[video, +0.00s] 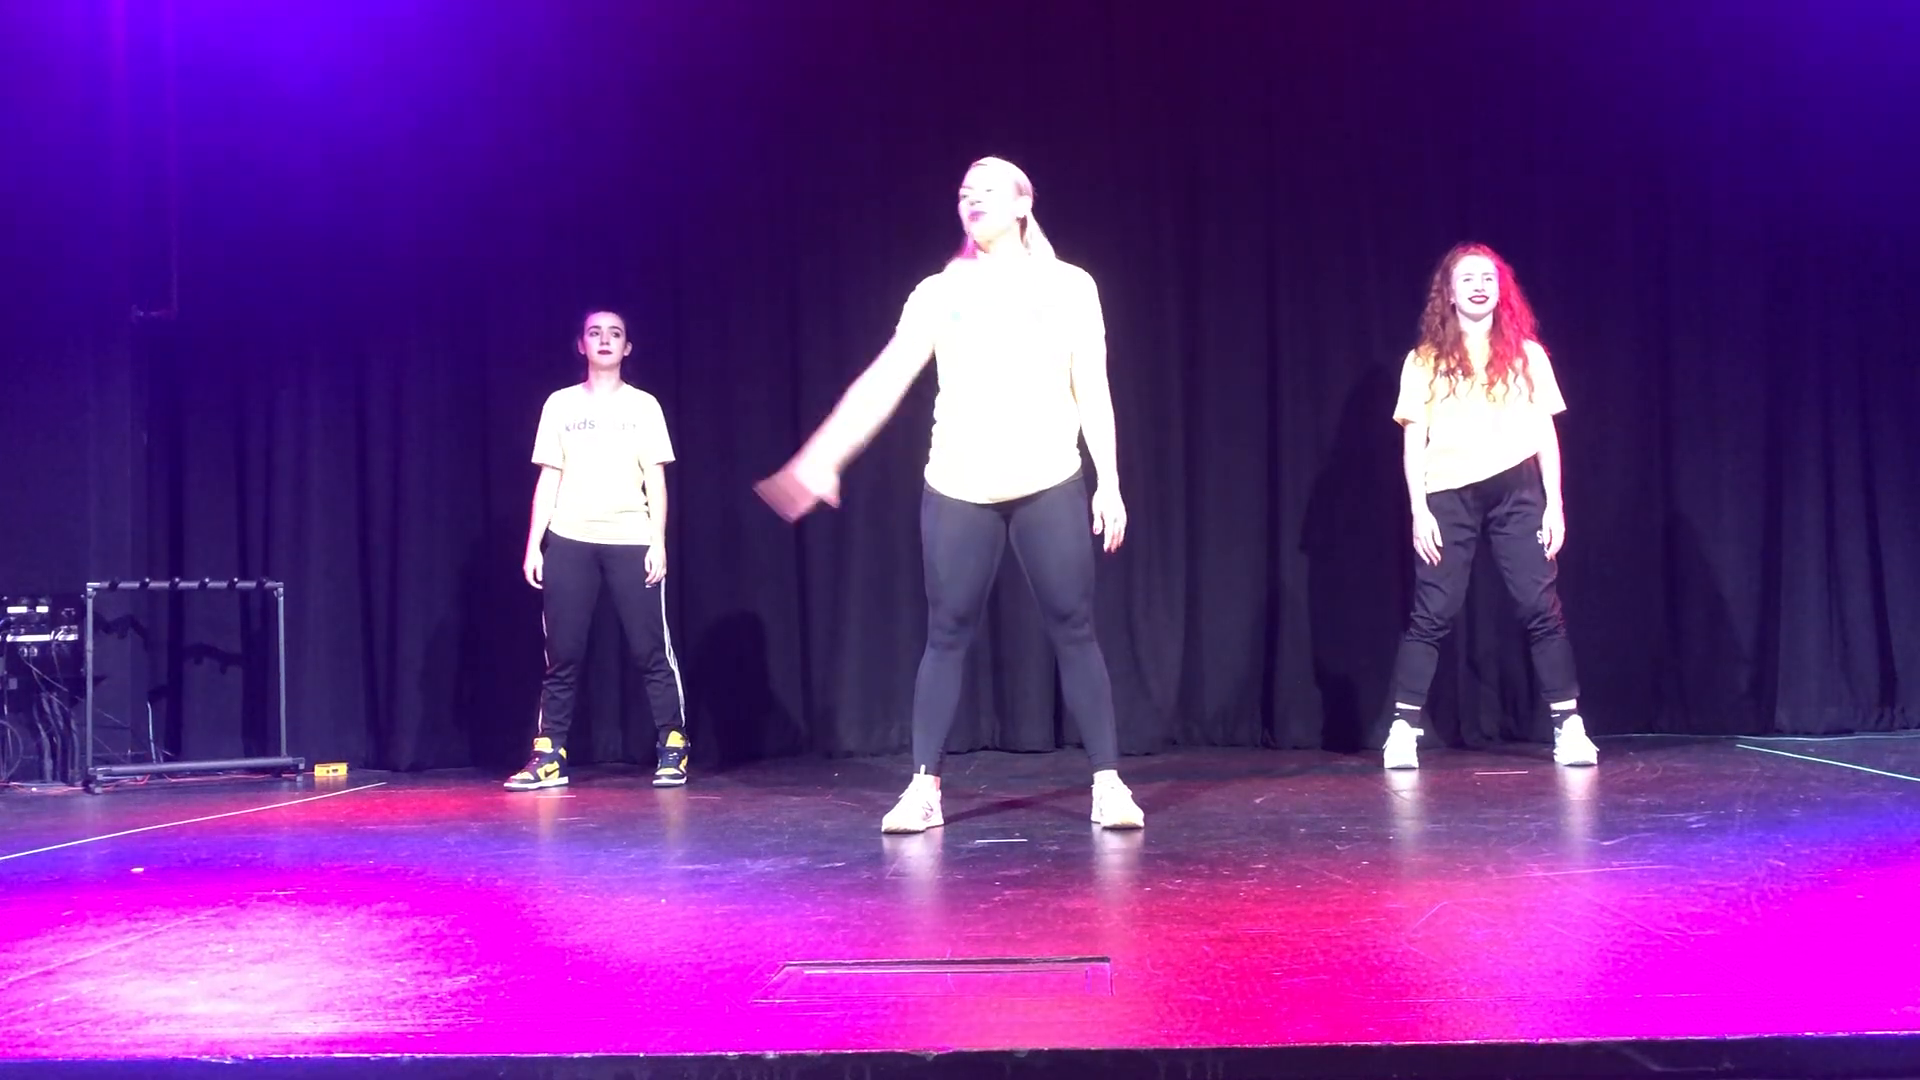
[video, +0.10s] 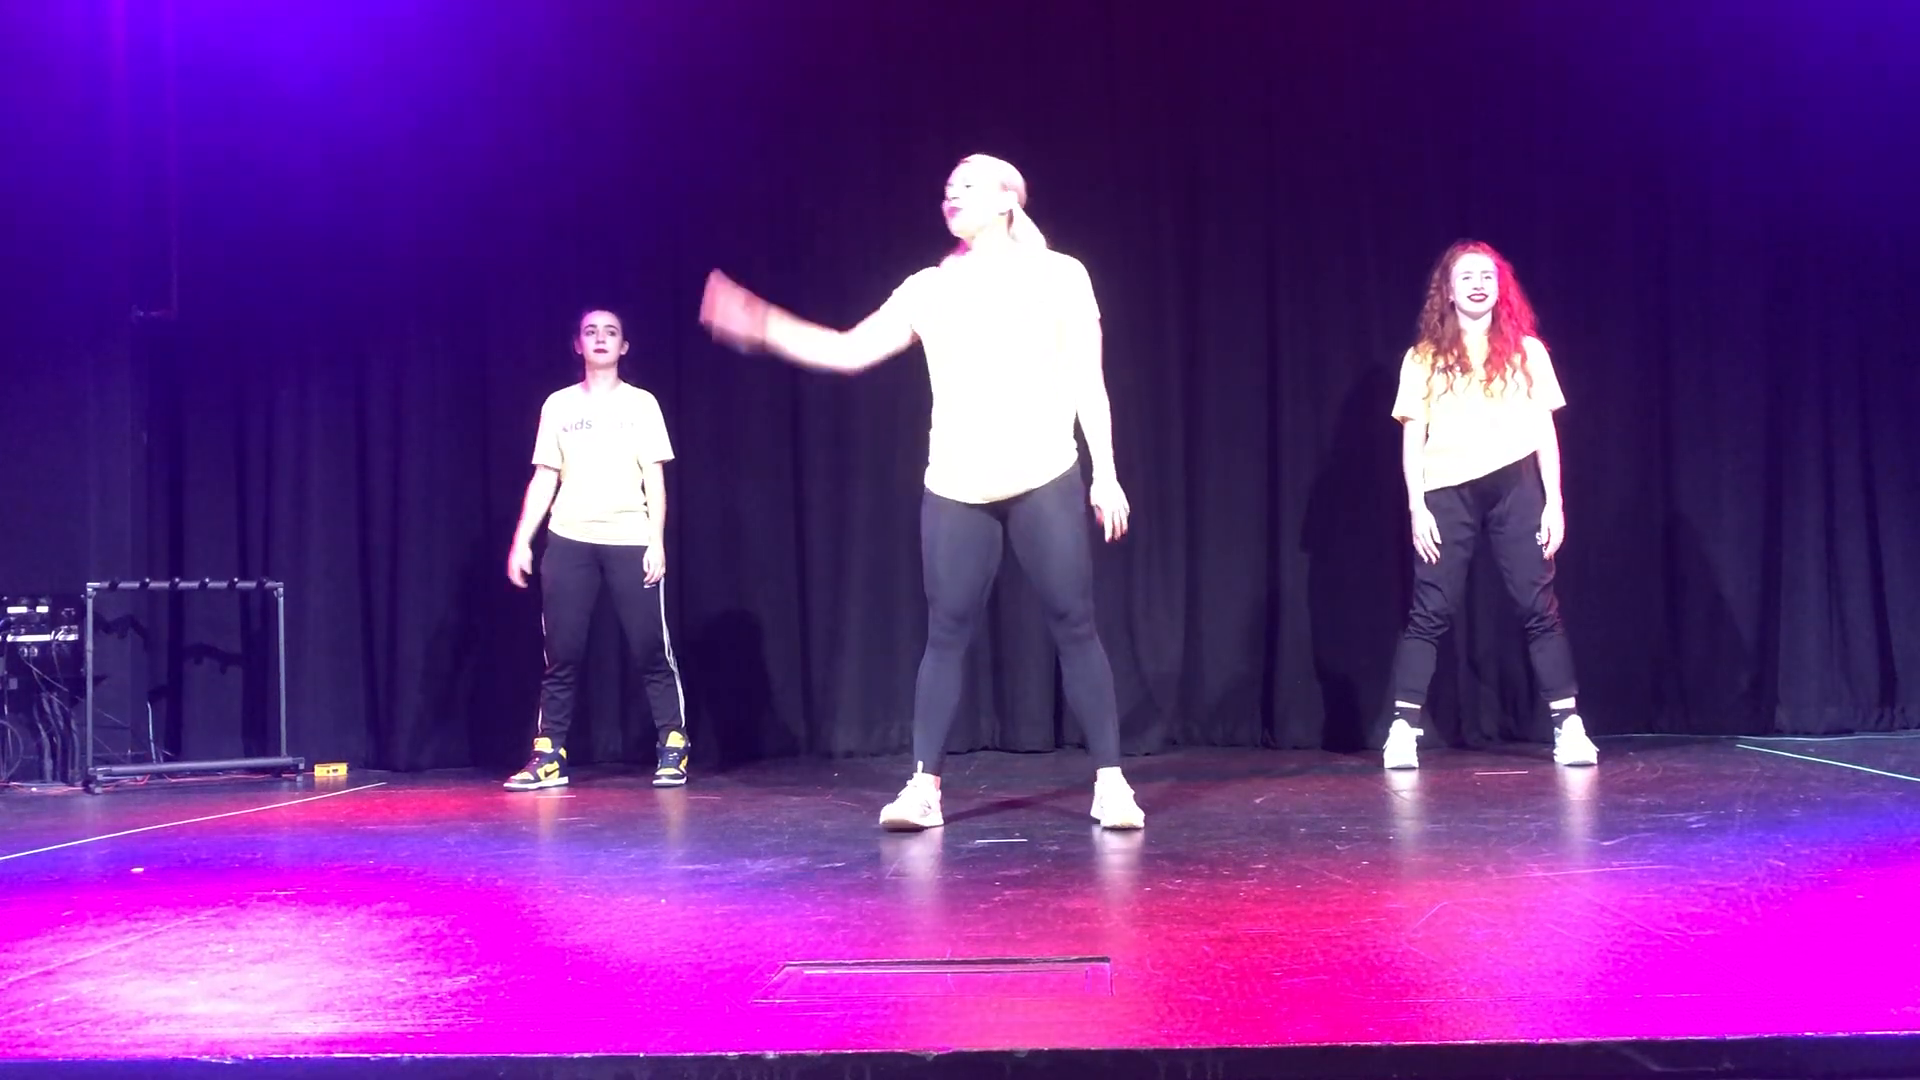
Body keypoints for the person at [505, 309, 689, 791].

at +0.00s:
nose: (604, 340)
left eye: (614, 333)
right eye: (596, 333)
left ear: (626, 346)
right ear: (582, 345)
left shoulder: (644, 405)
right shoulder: (559, 404)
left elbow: (655, 480)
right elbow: (549, 477)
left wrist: (658, 541)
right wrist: (533, 544)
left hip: (631, 542)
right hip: (569, 542)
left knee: (650, 651)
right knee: (561, 656)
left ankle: (672, 748)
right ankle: (550, 756)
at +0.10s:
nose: (600, 339)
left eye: (609, 332)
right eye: (591, 332)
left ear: (623, 345)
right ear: (578, 345)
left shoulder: (642, 403)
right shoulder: (558, 405)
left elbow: (654, 478)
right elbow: (544, 478)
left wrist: (656, 541)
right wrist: (521, 541)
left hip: (631, 541)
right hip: (569, 542)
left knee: (651, 650)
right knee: (560, 655)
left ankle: (673, 748)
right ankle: (550, 756)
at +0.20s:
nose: (582, 338)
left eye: (591, 331)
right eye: (573, 332)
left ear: (610, 345)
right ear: (562, 346)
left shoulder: (632, 399)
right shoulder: (553, 408)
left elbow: (649, 477)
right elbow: (526, 476)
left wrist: (651, 540)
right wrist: (478, 488)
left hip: (626, 538)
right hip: (569, 539)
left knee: (648, 652)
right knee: (558, 653)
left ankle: (672, 746)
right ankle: (550, 756)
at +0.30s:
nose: (549, 342)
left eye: (560, 334)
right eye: (541, 336)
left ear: (583, 347)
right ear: (535, 353)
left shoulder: (608, 398)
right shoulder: (540, 413)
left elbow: (637, 465)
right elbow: (497, 457)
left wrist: (645, 535)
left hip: (625, 541)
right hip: (574, 546)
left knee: (647, 653)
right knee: (556, 653)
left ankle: (673, 746)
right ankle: (549, 757)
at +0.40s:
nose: (521, 355)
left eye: (532, 347)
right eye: (515, 350)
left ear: (556, 360)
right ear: (511, 365)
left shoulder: (582, 408)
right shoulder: (524, 423)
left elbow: (620, 473)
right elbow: (480, 457)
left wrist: (633, 542)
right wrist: (494, 399)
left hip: (625, 546)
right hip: (578, 553)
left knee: (645, 653)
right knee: (556, 652)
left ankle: (678, 745)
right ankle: (549, 756)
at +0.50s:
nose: (501, 365)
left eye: (513, 358)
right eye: (495, 359)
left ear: (538, 370)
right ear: (491, 373)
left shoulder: (564, 415)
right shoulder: (515, 433)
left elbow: (603, 474)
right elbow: (476, 472)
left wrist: (620, 544)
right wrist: (481, 413)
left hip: (621, 545)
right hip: (578, 552)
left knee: (643, 651)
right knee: (555, 650)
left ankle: (688, 745)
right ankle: (549, 757)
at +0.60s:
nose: (486, 371)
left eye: (497, 362)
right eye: (482, 364)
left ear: (524, 373)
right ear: (481, 379)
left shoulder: (546, 415)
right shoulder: (509, 436)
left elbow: (590, 474)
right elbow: (466, 476)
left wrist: (609, 547)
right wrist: (472, 417)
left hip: (619, 541)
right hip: (579, 551)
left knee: (642, 649)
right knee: (555, 651)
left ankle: (696, 746)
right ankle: (549, 757)